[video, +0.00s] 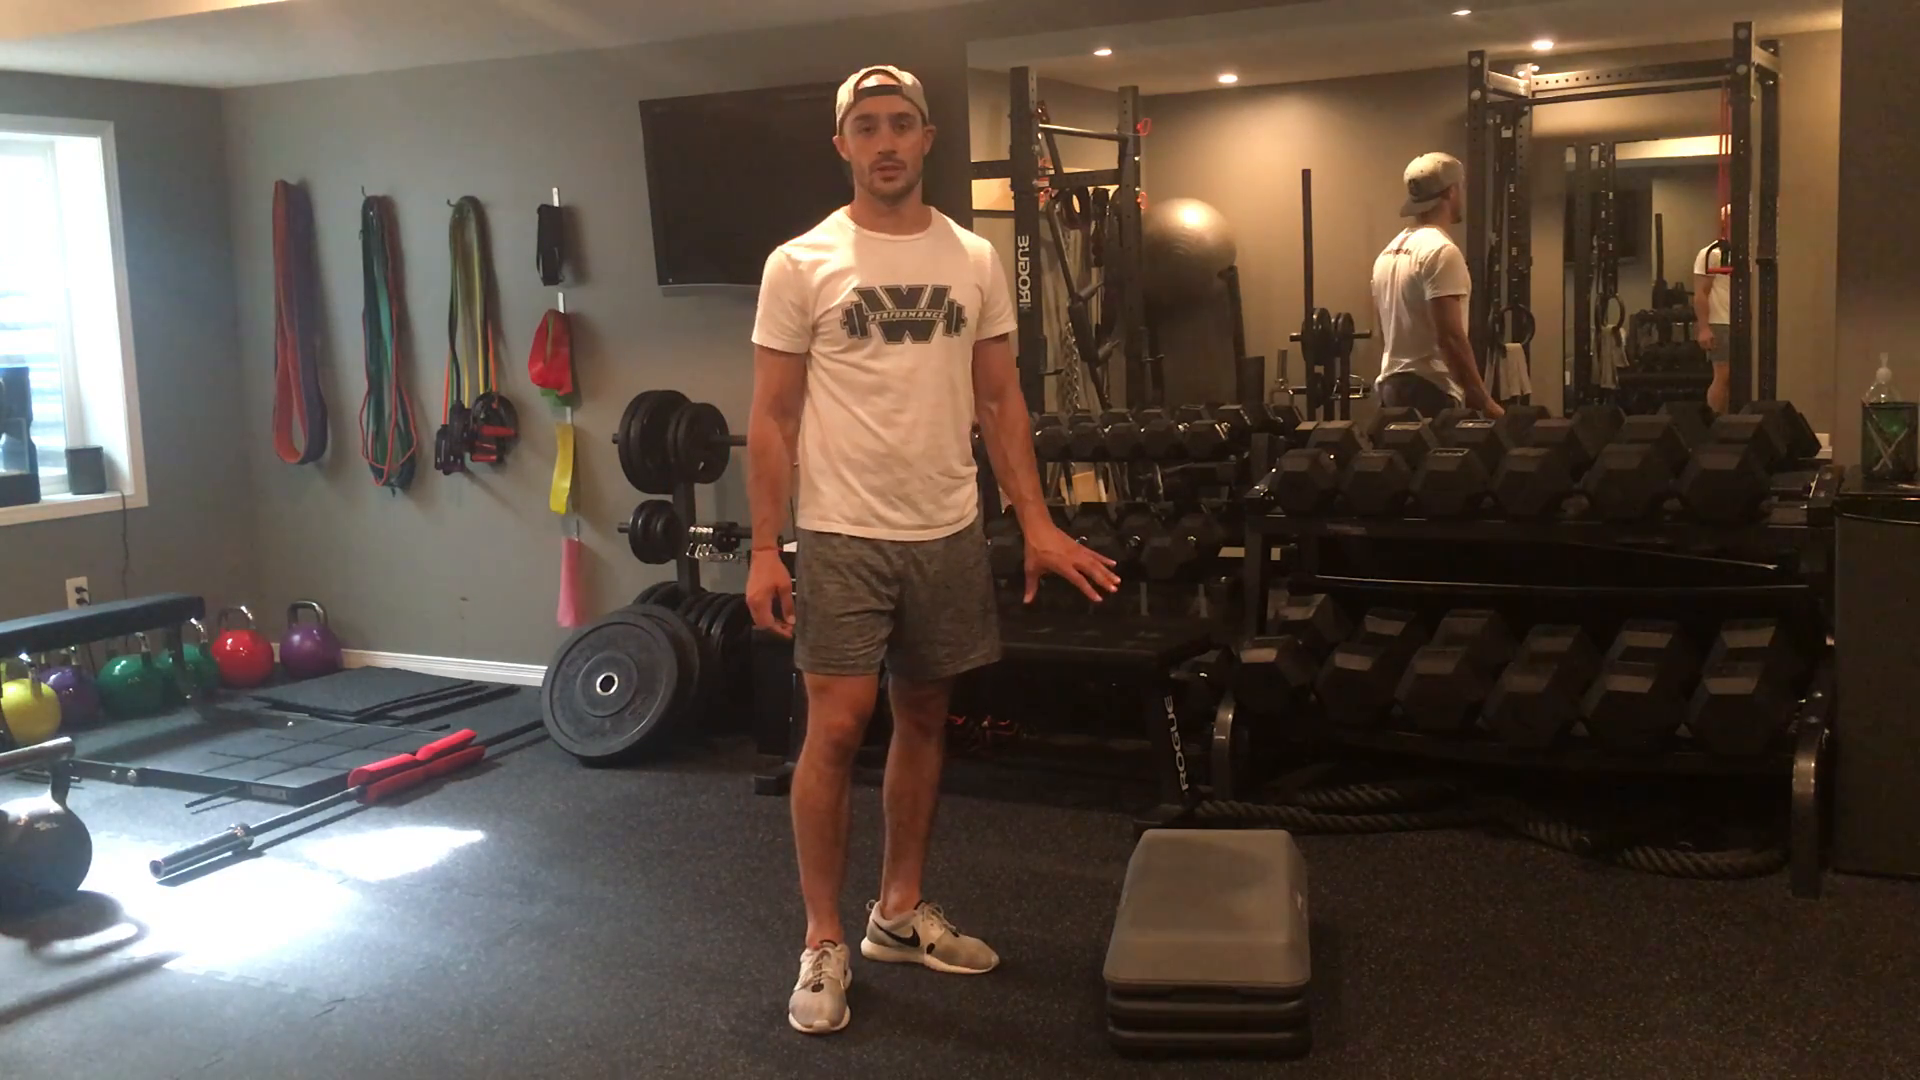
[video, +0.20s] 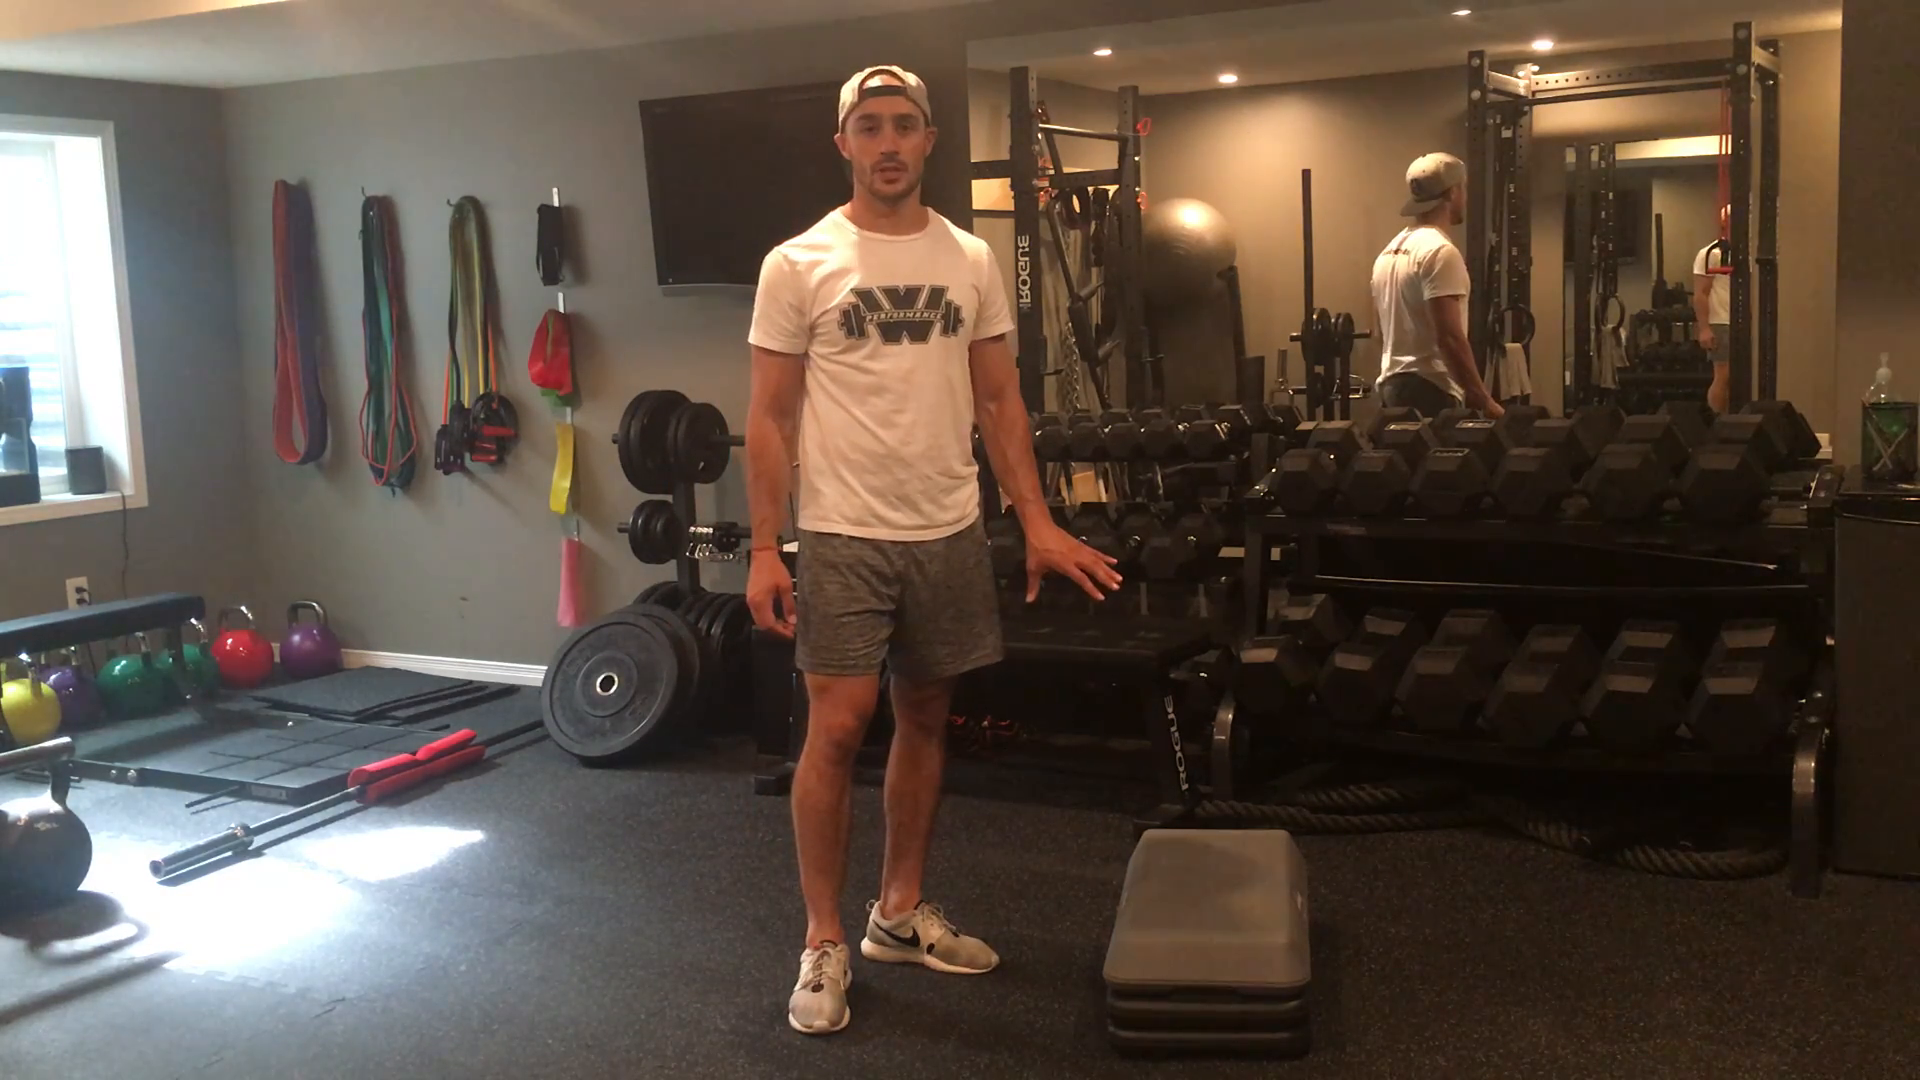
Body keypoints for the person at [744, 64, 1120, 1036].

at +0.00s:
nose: (887, 144)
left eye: (902, 127)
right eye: (868, 129)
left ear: (929, 139)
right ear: (842, 145)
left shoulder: (974, 260)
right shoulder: (801, 265)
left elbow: (1000, 400)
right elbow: (774, 416)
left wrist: (1037, 523)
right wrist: (764, 549)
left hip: (948, 534)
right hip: (840, 536)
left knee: (923, 722)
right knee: (837, 729)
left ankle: (900, 909)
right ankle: (821, 941)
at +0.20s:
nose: (889, 145)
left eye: (905, 128)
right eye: (871, 129)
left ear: (930, 142)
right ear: (843, 143)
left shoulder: (970, 261)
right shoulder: (798, 265)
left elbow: (999, 400)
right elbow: (771, 416)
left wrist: (1038, 521)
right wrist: (763, 548)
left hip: (948, 534)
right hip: (841, 536)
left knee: (924, 722)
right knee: (838, 728)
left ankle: (899, 910)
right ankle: (822, 940)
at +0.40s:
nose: (893, 147)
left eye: (908, 130)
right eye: (875, 131)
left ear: (931, 143)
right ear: (846, 144)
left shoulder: (970, 262)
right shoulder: (798, 265)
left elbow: (996, 401)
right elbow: (770, 415)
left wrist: (1030, 523)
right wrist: (760, 547)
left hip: (948, 534)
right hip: (841, 536)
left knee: (924, 721)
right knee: (838, 729)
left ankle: (901, 912)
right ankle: (823, 943)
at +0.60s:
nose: (898, 150)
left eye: (912, 133)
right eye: (879, 134)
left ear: (936, 145)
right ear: (849, 146)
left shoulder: (971, 264)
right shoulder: (799, 263)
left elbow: (991, 403)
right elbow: (769, 411)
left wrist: (1026, 528)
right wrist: (758, 544)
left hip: (944, 534)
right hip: (838, 536)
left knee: (923, 719)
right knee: (837, 727)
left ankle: (901, 910)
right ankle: (823, 942)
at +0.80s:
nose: (892, 151)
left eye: (907, 133)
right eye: (873, 135)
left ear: (934, 144)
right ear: (846, 148)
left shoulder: (965, 268)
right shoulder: (796, 261)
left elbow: (983, 408)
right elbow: (761, 409)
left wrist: (1019, 532)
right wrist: (750, 542)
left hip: (938, 532)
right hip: (835, 533)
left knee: (919, 717)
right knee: (841, 721)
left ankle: (899, 911)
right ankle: (797, 934)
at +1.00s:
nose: (880, 152)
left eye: (894, 134)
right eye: (860, 136)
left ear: (916, 144)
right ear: (829, 148)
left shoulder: (941, 266)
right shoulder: (779, 263)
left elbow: (966, 406)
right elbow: (748, 416)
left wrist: (1006, 529)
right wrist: (744, 551)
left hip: (930, 533)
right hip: (829, 538)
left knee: (914, 721)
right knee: (836, 733)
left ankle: (899, 911)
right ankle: (787, 938)